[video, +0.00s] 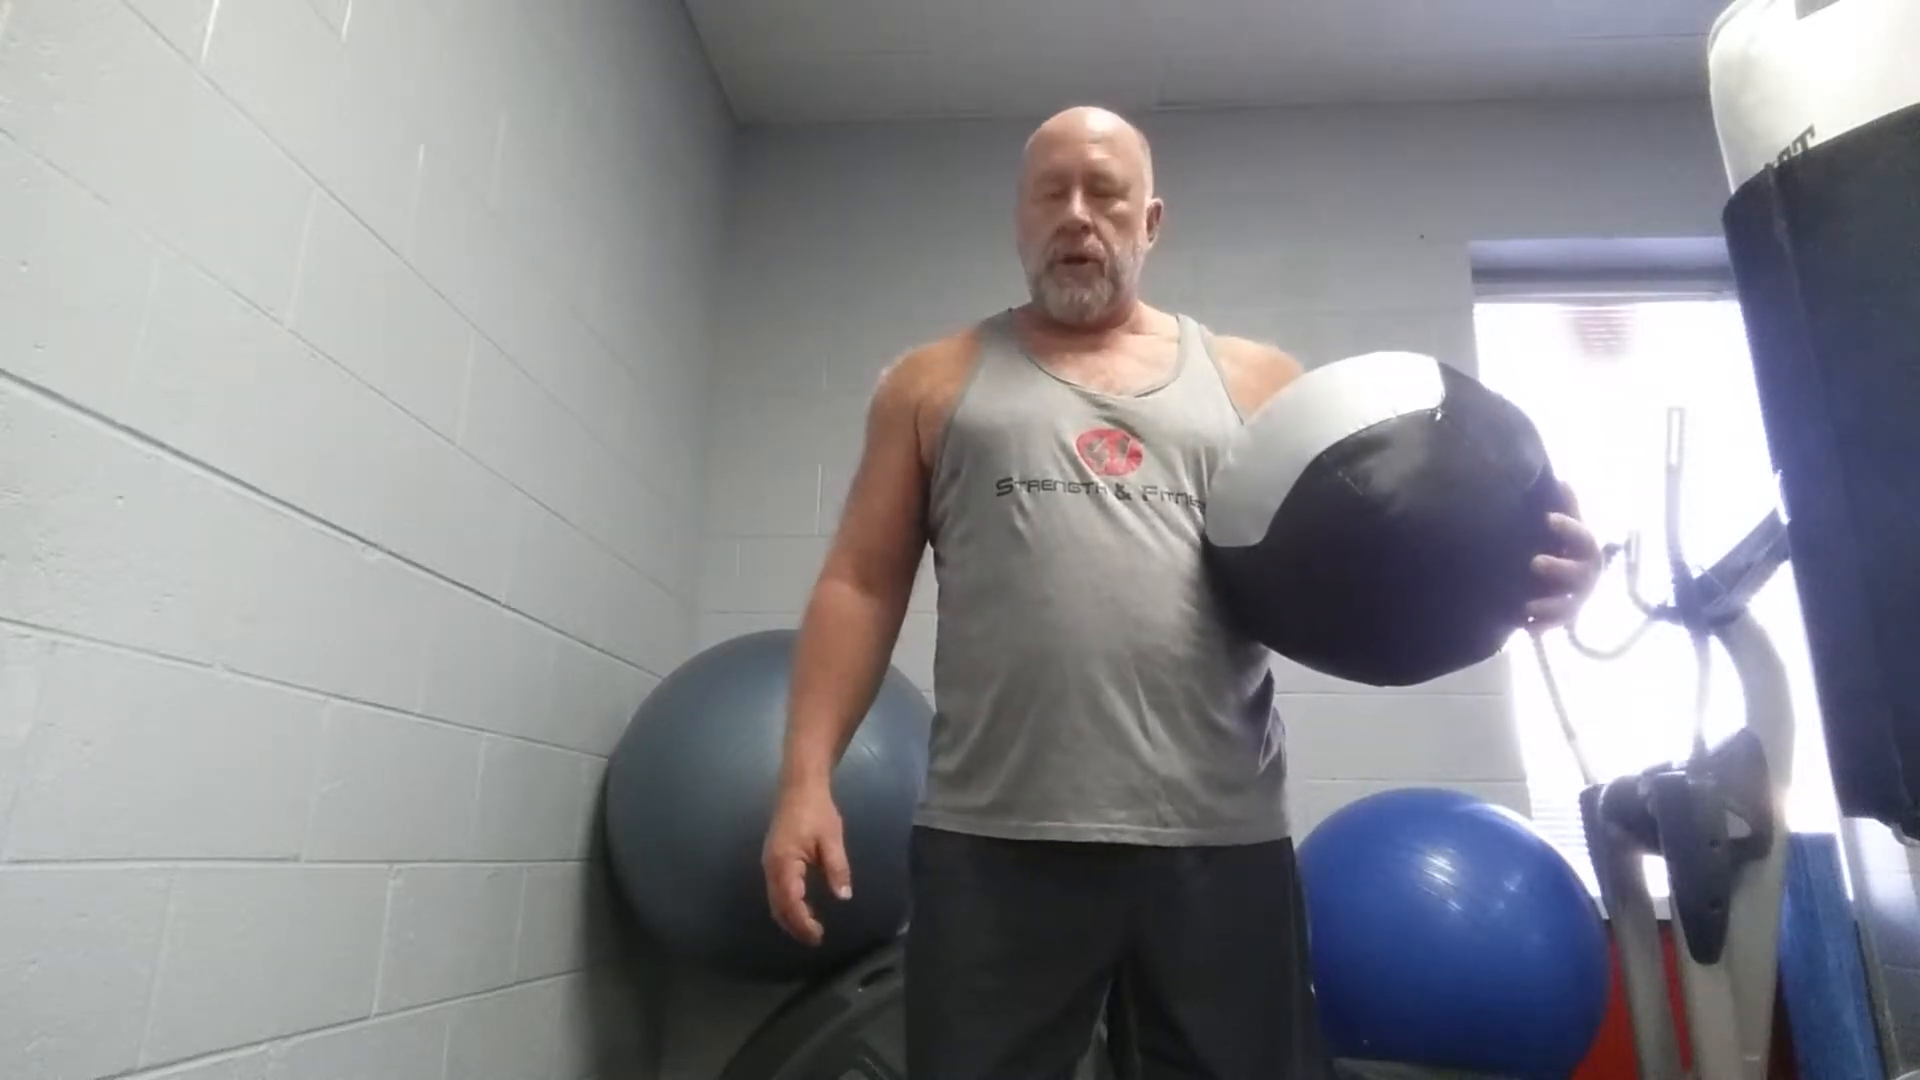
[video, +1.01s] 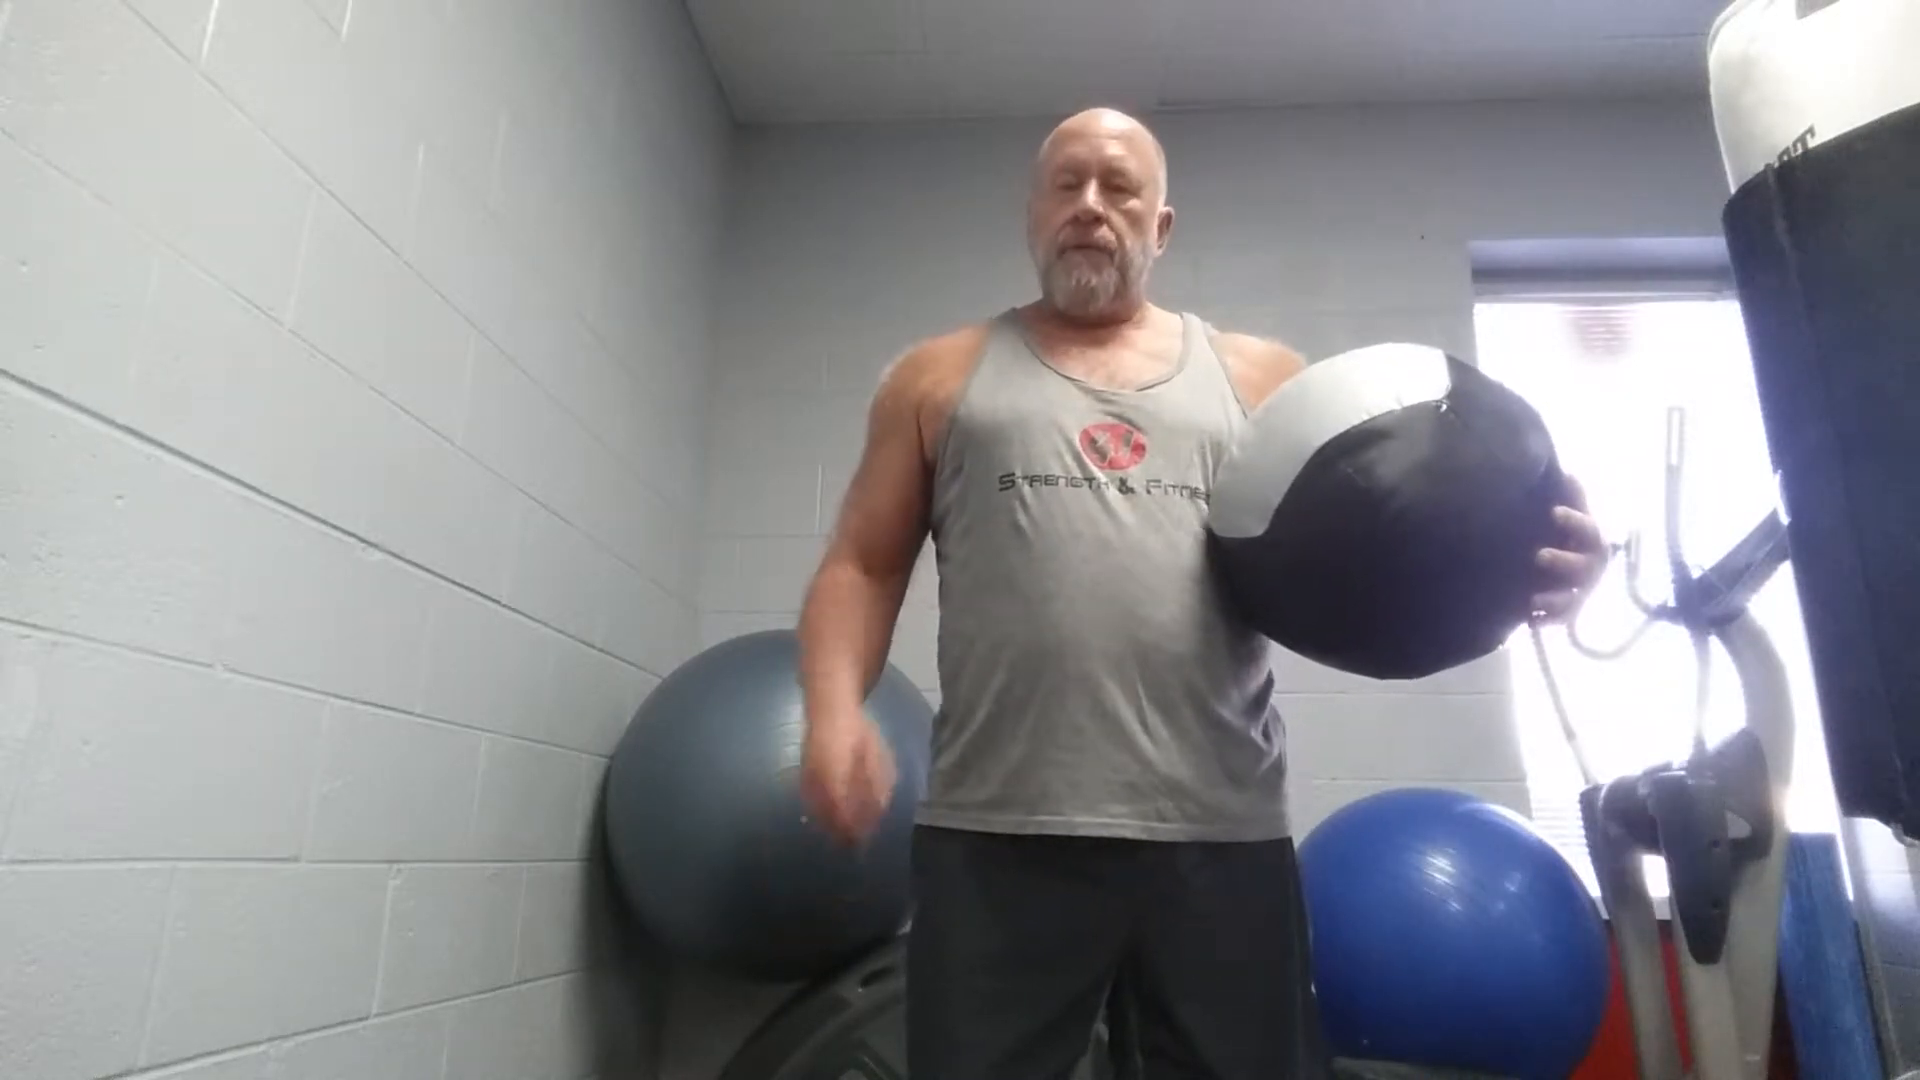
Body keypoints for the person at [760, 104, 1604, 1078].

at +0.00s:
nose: (1078, 216)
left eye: (1106, 193)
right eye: (1053, 193)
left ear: (1153, 219)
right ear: (1017, 218)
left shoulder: (1253, 379)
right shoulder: (934, 385)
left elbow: (1398, 537)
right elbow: (861, 582)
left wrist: (1539, 568)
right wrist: (805, 779)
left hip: (1220, 849)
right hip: (992, 849)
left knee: (1245, 1066)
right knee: (974, 1064)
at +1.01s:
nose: (1091, 206)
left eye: (1120, 187)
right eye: (1066, 184)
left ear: (1162, 222)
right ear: (1028, 213)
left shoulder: (1256, 374)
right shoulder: (938, 377)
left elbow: (1404, 521)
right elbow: (864, 564)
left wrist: (1545, 558)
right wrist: (832, 714)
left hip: (1222, 844)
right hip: (995, 843)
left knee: (1250, 1067)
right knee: (976, 1068)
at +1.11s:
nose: (1091, 206)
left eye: (1120, 187)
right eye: (1066, 183)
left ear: (1160, 222)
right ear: (1029, 212)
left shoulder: (1253, 373)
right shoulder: (936, 379)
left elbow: (1400, 525)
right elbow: (853, 558)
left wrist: (1540, 565)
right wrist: (876, 623)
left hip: (1221, 844)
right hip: (994, 844)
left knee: (1249, 1067)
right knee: (975, 1067)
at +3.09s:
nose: (1035, 205)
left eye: (1063, 182)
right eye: (1010, 185)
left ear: (1115, 210)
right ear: (984, 217)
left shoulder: (1235, 364)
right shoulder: (912, 389)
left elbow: (1385, 507)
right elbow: (833, 614)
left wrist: (1529, 541)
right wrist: (875, 561)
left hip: (1215, 841)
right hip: (986, 844)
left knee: (1241, 1070)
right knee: (968, 1070)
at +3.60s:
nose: (1033, 193)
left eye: (1062, 174)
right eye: (1009, 176)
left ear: (1114, 213)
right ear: (978, 214)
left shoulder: (1228, 362)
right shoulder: (908, 390)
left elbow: (1369, 527)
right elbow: (828, 590)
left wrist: (1518, 548)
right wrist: (749, 510)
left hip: (1209, 839)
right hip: (984, 843)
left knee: (1239, 1068)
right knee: (970, 1067)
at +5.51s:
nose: (1065, 196)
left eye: (1094, 178)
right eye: (1041, 175)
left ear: (1137, 217)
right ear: (1002, 209)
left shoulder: (1235, 371)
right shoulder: (916, 377)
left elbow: (1373, 531)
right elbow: (828, 592)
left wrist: (1520, 568)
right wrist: (878, 575)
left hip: (1205, 838)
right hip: (977, 836)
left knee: (1231, 1074)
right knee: (961, 1072)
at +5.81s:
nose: (1058, 199)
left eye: (1086, 178)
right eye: (1034, 178)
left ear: (1133, 212)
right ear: (998, 213)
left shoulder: (1236, 368)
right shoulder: (919, 381)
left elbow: (1377, 529)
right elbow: (842, 599)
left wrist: (1527, 564)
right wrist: (863, 525)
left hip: (1206, 834)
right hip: (979, 835)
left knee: (1231, 1068)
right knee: (967, 1068)